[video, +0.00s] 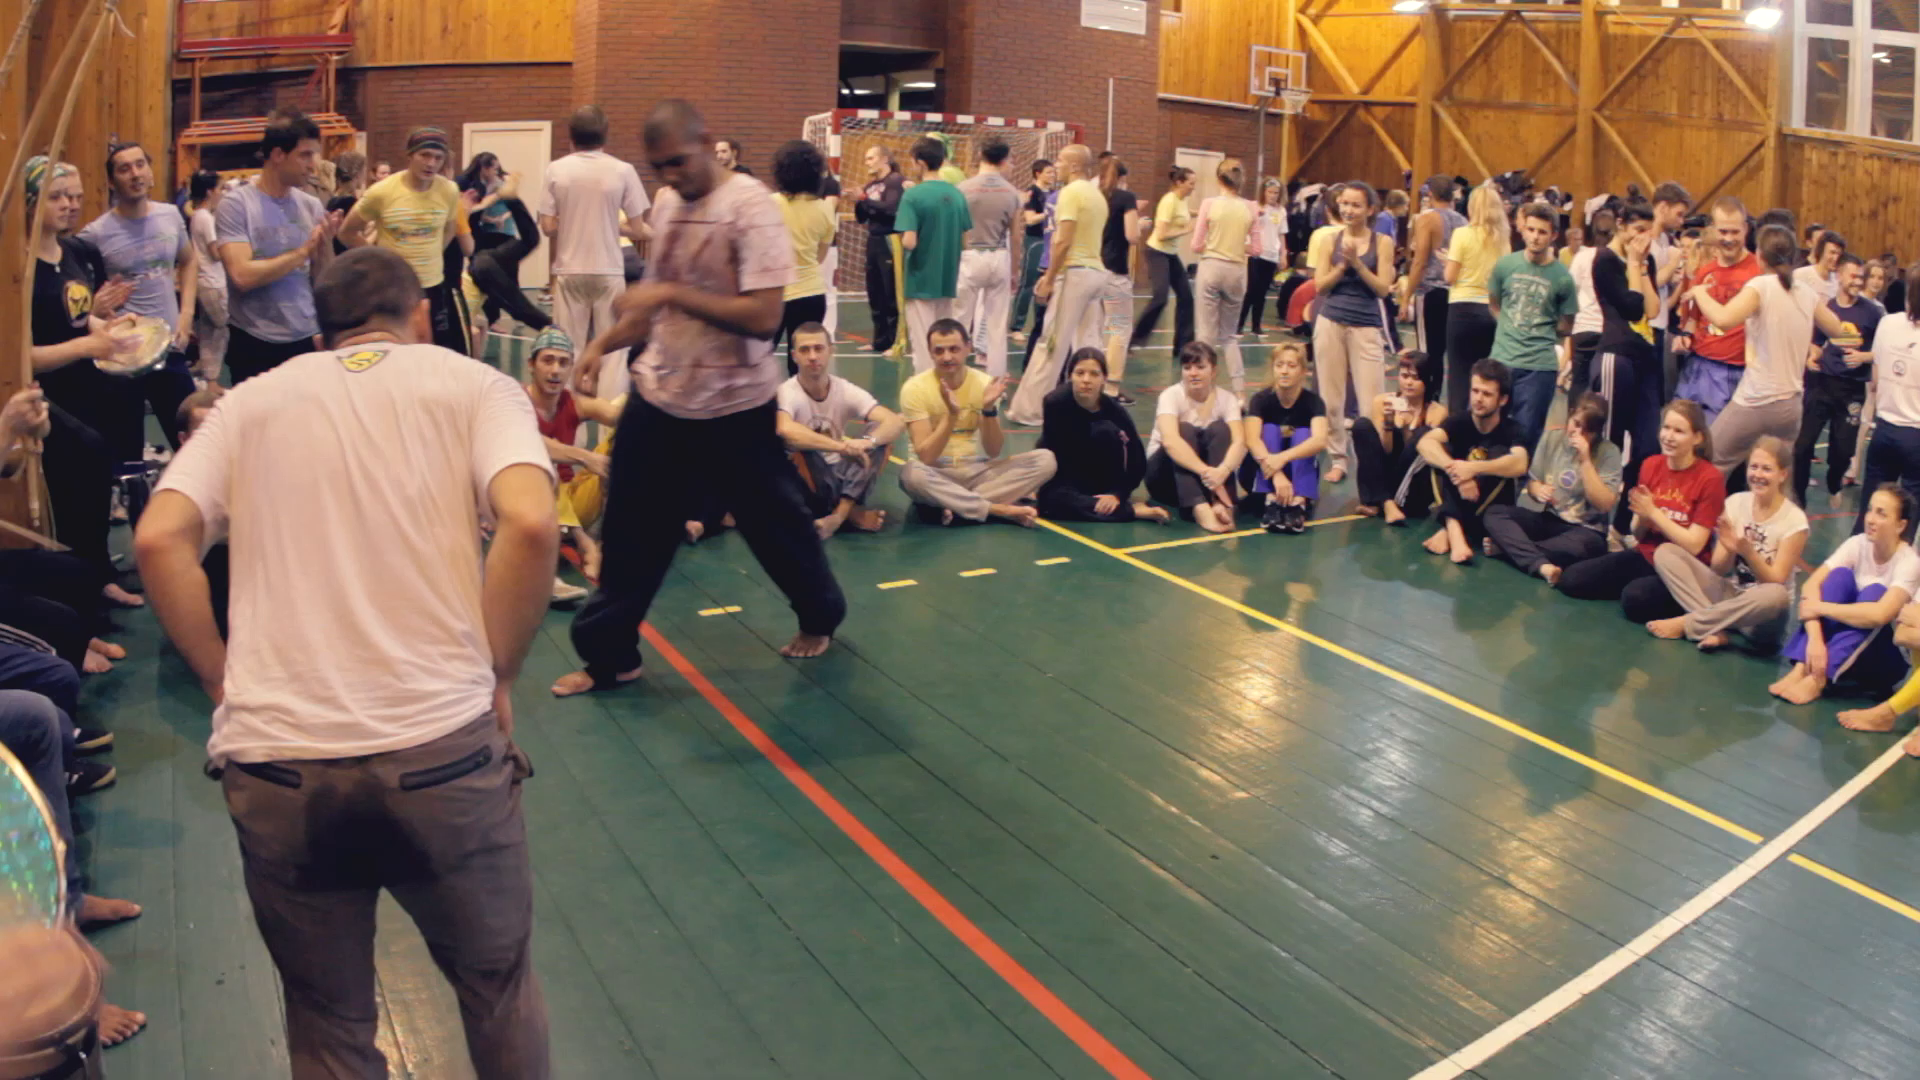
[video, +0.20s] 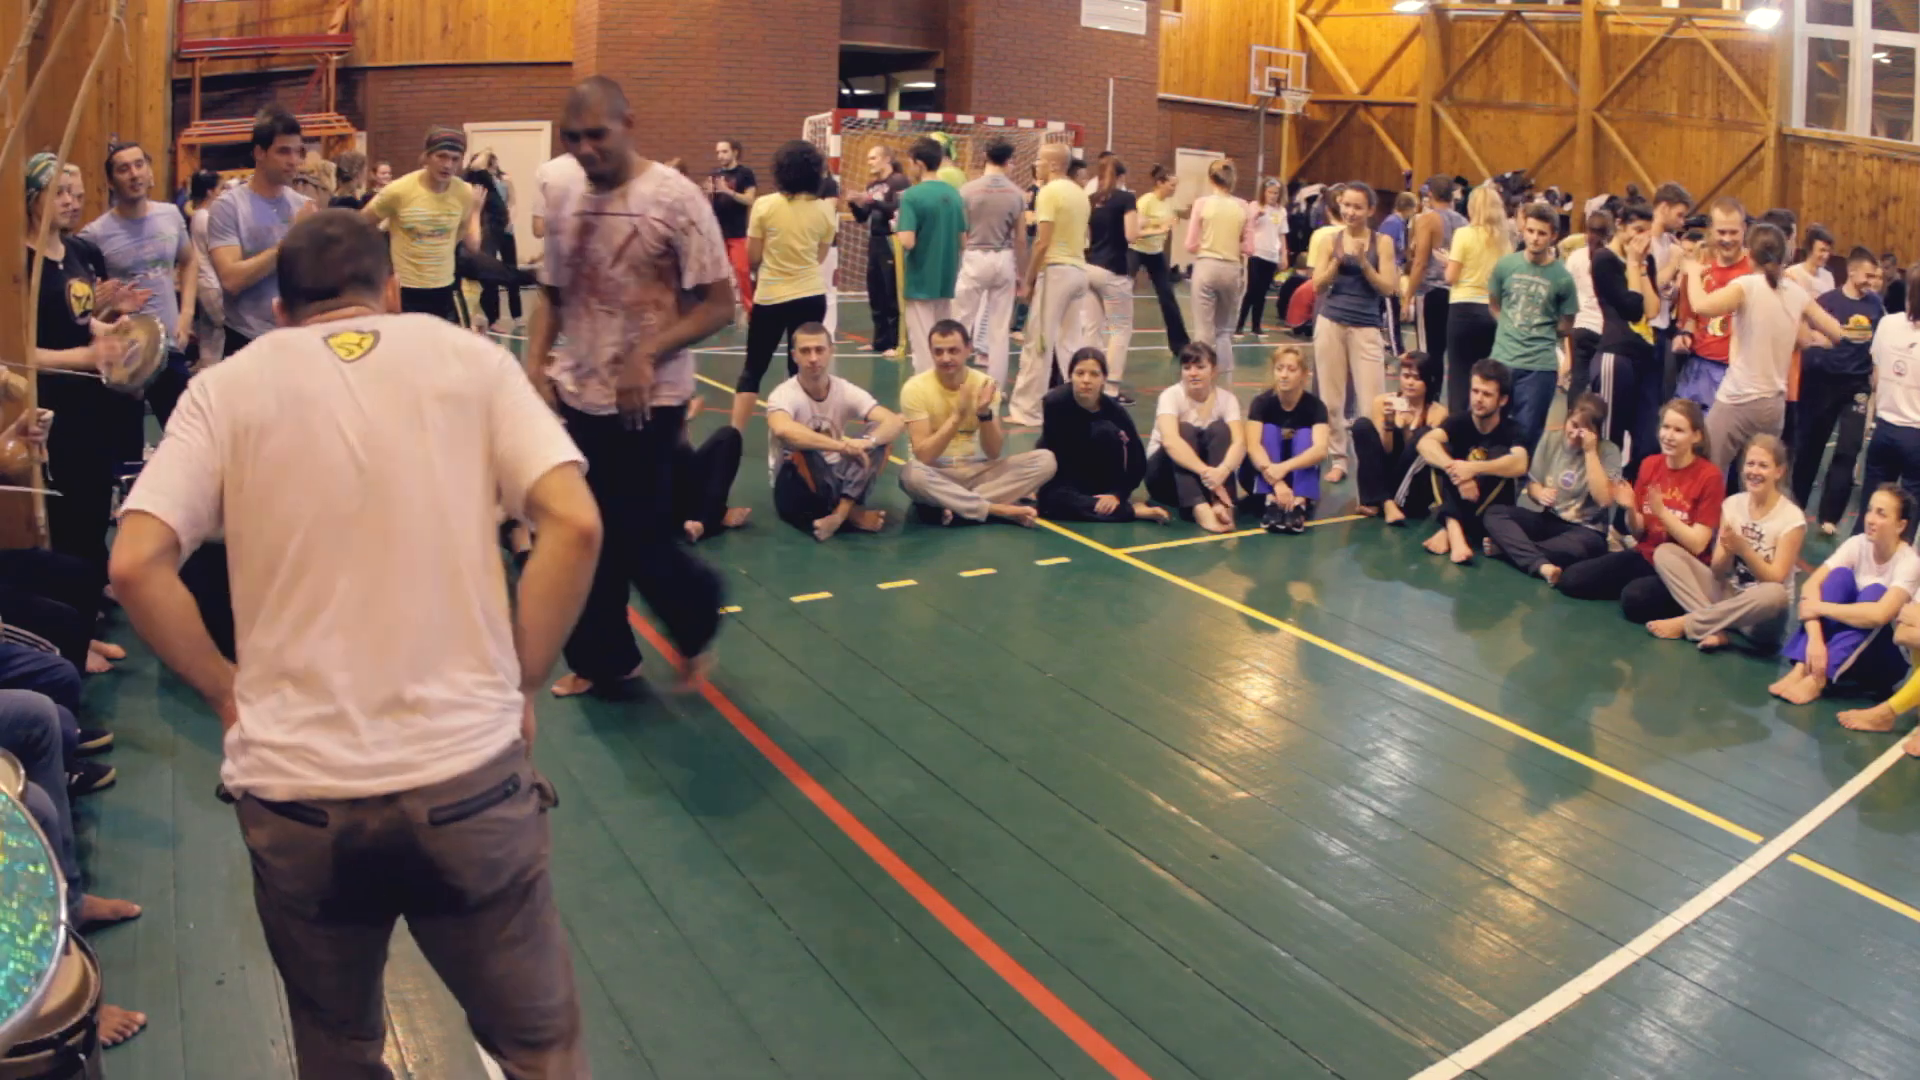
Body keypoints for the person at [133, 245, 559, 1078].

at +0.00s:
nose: (434, 324)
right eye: (430, 313)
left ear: (323, 330)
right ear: (419, 317)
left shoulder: (248, 401)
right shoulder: (477, 387)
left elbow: (161, 540)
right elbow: (530, 520)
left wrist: (229, 685)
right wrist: (498, 671)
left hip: (277, 777)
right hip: (443, 763)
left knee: (326, 1018)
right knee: (498, 989)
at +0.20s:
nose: (395, 295)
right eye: (396, 285)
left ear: (282, 306)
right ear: (392, 291)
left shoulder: (224, 389)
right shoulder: (474, 360)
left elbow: (136, 565)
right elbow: (575, 523)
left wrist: (228, 691)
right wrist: (519, 685)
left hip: (295, 803)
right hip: (471, 788)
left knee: (337, 1056)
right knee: (543, 1050)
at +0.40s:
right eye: (478, 289)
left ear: (343, 302)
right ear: (471, 291)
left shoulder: (266, 399)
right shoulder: (550, 374)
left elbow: (169, 615)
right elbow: (668, 581)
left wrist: (296, 713)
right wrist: (598, 718)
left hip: (353, 867)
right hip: (537, 852)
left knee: (351, 1027)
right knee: (640, 1068)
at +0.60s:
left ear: (435, 392)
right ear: (569, 414)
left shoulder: (320, 532)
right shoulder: (628, 543)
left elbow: (244, 776)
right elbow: (740, 800)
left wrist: (364, 857)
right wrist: (666, 860)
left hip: (434, 1007)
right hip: (639, 984)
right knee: (708, 1065)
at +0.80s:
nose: (544, 367)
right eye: (538, 348)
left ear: (383, 353)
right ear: (525, 358)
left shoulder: (284, 497)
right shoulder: (607, 483)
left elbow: (186, 736)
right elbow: (739, 718)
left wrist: (326, 801)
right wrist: (656, 795)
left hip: (421, 967)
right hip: (623, 943)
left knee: (389, 1060)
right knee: (684, 1060)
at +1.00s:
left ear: (278, 400)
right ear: (425, 360)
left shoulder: (244, 552)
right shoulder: (560, 463)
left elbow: (227, 839)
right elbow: (698, 670)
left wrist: (331, 779)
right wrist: (597, 776)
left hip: (401, 967)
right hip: (592, 944)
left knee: (352, 1006)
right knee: (654, 1061)